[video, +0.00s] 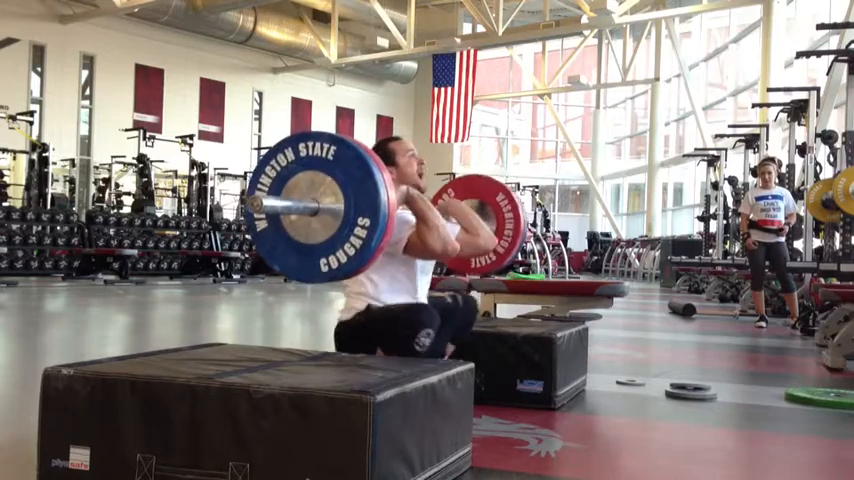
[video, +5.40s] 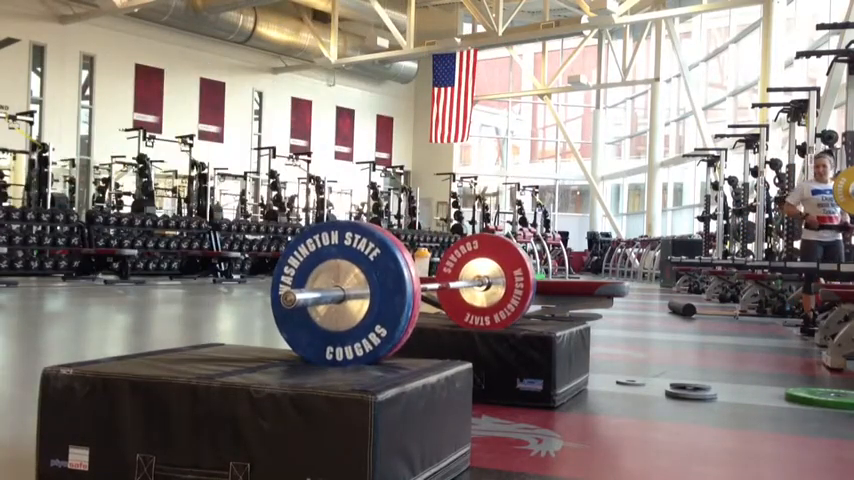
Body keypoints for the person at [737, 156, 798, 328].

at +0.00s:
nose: (766, 176)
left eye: (769, 173)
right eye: (763, 173)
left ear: (775, 174)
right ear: (758, 175)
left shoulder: (784, 193)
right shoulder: (751, 194)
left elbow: (792, 214)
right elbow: (744, 217)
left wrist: (787, 224)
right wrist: (746, 236)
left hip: (777, 240)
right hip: (757, 239)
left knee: (785, 275)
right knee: (757, 277)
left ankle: (795, 317)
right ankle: (761, 315)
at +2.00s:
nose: (767, 173)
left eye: (771, 170)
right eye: (764, 170)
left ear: (777, 173)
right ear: (760, 173)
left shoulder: (785, 193)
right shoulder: (752, 194)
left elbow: (793, 213)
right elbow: (745, 216)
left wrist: (788, 224)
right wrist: (747, 235)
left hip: (778, 239)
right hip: (758, 239)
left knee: (785, 276)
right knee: (757, 277)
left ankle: (795, 317)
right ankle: (761, 315)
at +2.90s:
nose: (783, 176)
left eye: (787, 173)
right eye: (780, 172)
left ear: (791, 174)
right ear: (773, 173)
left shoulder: (796, 193)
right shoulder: (764, 192)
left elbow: (801, 216)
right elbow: (755, 218)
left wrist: (800, 224)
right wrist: (769, 229)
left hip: (790, 240)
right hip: (769, 240)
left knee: (796, 275)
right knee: (766, 274)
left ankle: (794, 317)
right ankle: (762, 315)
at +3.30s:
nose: (801, 171)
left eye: (803, 168)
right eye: (797, 168)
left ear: (806, 170)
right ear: (788, 171)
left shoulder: (810, 191)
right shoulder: (782, 191)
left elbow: (816, 214)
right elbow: (774, 217)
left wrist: (817, 225)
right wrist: (793, 225)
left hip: (806, 239)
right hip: (787, 239)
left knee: (802, 279)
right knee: (784, 276)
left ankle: (793, 318)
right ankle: (770, 313)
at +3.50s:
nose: (805, 172)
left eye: (807, 168)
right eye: (801, 169)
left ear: (811, 170)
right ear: (795, 171)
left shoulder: (815, 190)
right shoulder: (787, 190)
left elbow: (820, 213)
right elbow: (779, 216)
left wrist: (822, 224)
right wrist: (800, 223)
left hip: (810, 239)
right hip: (792, 238)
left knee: (805, 278)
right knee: (794, 277)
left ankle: (796, 317)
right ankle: (789, 317)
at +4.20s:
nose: (810, 172)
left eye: (813, 169)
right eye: (807, 169)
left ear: (819, 171)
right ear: (802, 170)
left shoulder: (825, 190)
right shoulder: (795, 190)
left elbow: (829, 213)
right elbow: (790, 214)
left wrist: (831, 224)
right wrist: (813, 224)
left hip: (823, 238)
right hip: (803, 238)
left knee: (830, 274)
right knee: (807, 277)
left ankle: (821, 311)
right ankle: (808, 318)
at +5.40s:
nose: (820, 170)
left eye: (824, 166)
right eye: (817, 166)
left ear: (831, 168)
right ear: (813, 169)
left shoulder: (838, 187)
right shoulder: (805, 186)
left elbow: (845, 207)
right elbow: (787, 206)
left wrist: (845, 220)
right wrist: (805, 216)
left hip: (834, 238)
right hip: (812, 238)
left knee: (834, 278)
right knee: (810, 278)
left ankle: (832, 317)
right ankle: (809, 318)